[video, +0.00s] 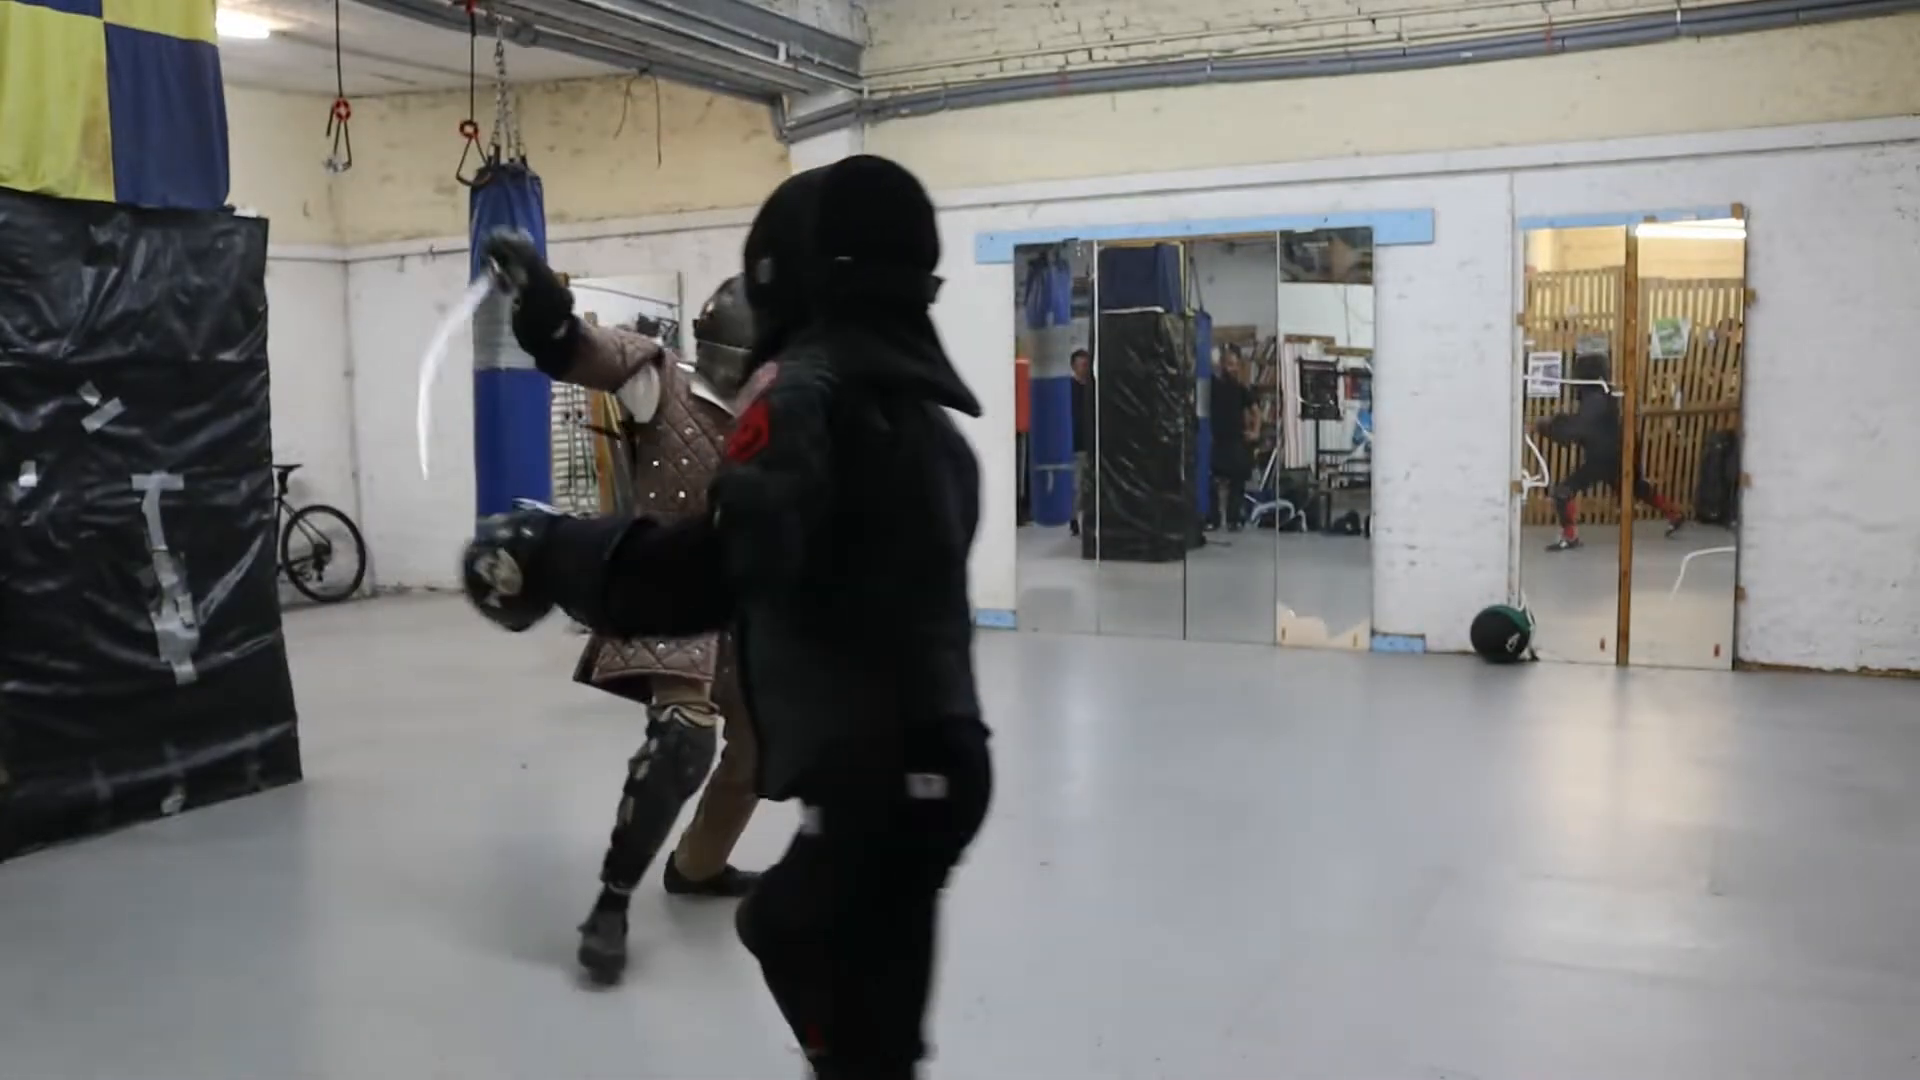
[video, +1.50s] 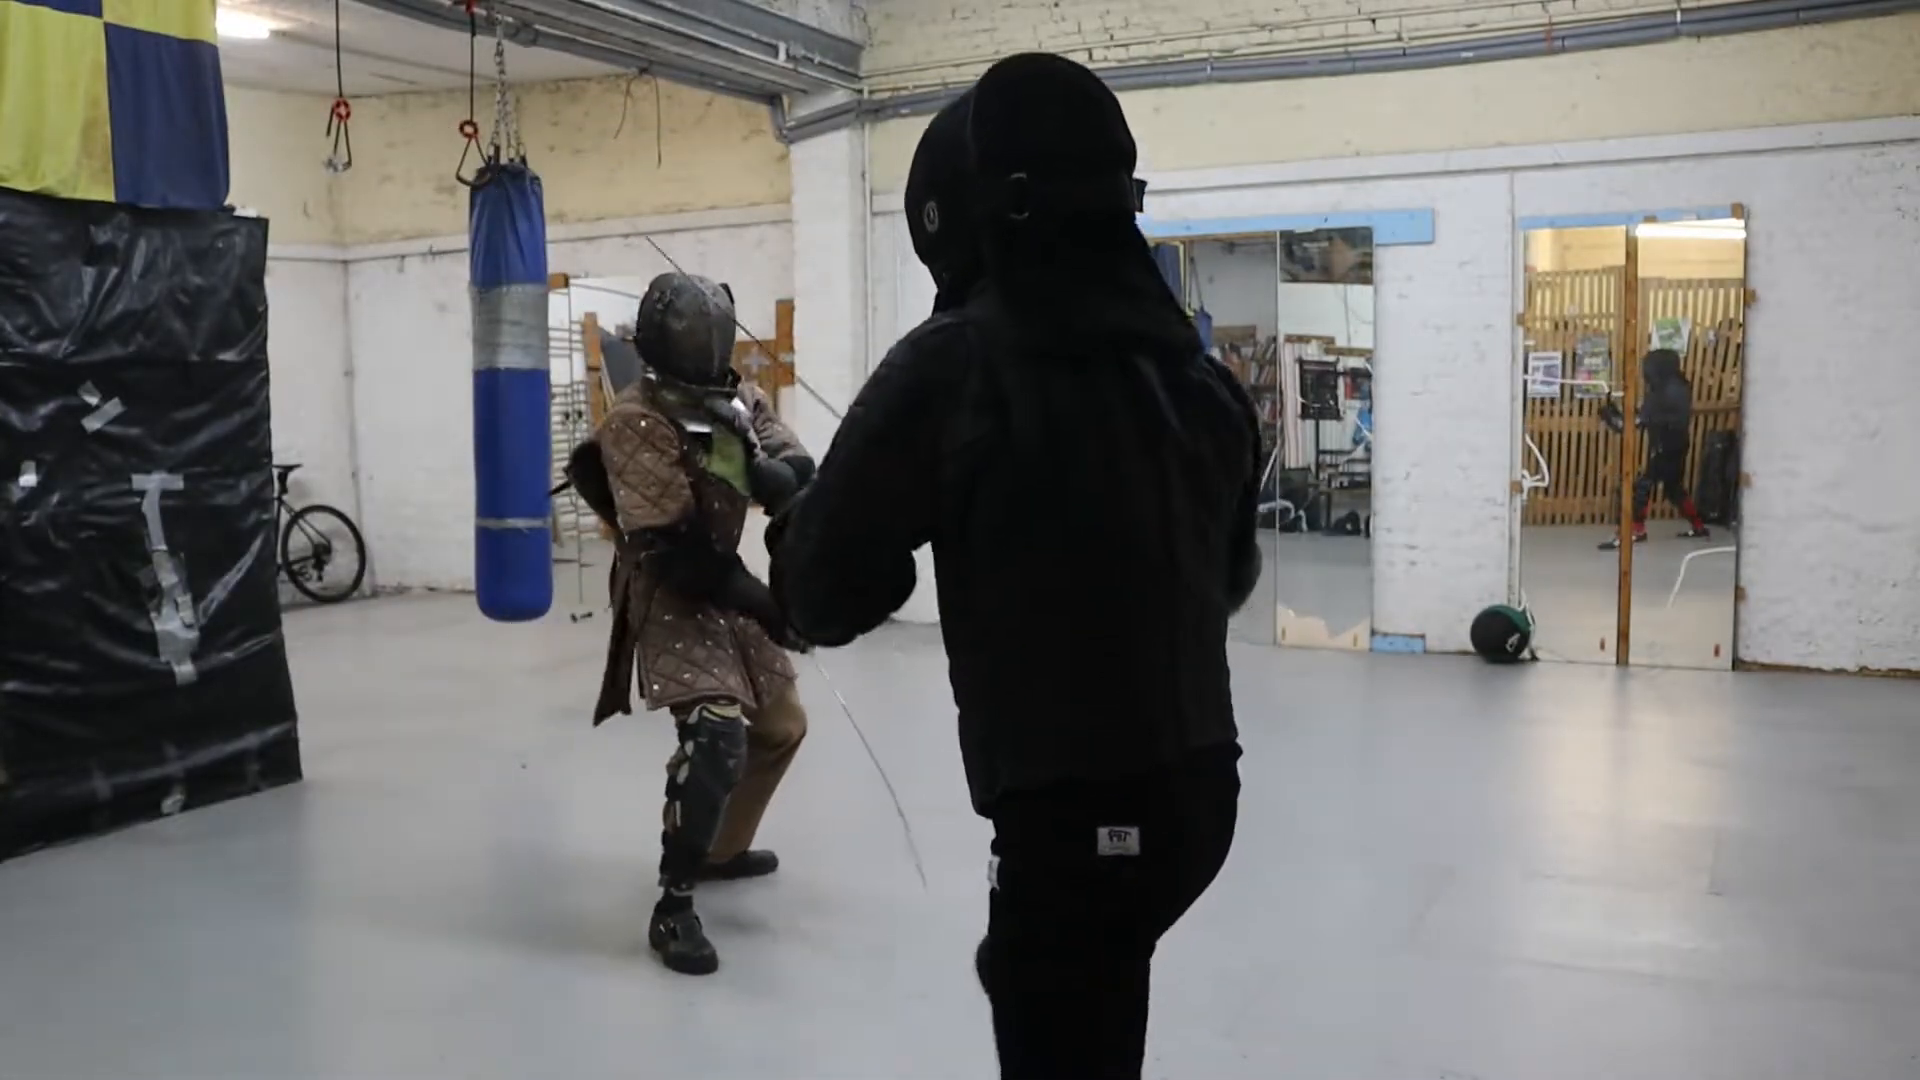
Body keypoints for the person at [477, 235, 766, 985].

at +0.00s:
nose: (738, 340)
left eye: (750, 328)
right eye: (731, 325)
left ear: (769, 340)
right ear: (710, 327)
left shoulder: (775, 405)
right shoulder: (661, 373)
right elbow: (593, 357)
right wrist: (545, 308)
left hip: (750, 603)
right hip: (671, 597)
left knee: (756, 747)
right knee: (684, 742)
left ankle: (700, 865)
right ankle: (612, 905)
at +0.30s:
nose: (673, 359)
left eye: (687, 347)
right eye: (661, 345)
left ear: (713, 322)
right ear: (642, 318)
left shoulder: (751, 385)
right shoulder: (605, 348)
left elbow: (791, 491)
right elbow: (510, 320)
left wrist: (720, 506)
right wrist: (497, 231)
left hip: (705, 570)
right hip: (619, 562)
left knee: (727, 723)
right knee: (617, 712)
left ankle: (695, 860)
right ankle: (598, 850)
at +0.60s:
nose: (652, 339)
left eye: (665, 327)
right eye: (639, 325)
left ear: (684, 314)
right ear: (615, 308)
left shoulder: (725, 380)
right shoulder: (578, 343)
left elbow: (758, 484)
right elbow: (476, 341)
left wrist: (688, 440)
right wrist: (463, 258)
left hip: (683, 556)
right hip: (596, 550)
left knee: (725, 704)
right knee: (599, 709)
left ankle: (708, 844)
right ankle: (595, 848)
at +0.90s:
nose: (680, 352)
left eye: (693, 338)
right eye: (668, 338)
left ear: (713, 317)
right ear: (644, 314)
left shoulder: (742, 374)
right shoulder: (604, 359)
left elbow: (798, 450)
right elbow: (519, 389)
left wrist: (753, 435)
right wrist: (505, 307)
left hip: (717, 554)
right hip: (642, 553)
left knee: (743, 711)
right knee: (668, 711)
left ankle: (705, 847)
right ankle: (619, 843)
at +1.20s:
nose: (701, 361)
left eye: (712, 345)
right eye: (686, 347)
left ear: (728, 329)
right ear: (654, 328)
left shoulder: (745, 377)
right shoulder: (628, 380)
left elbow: (807, 465)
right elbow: (609, 475)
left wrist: (755, 429)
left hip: (729, 552)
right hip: (666, 554)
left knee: (767, 719)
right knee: (715, 721)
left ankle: (716, 847)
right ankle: (678, 889)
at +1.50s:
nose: (707, 359)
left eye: (716, 344)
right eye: (692, 345)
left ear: (732, 342)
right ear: (662, 345)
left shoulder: (739, 402)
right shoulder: (637, 425)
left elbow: (792, 462)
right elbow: (672, 550)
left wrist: (775, 467)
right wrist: (771, 609)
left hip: (733, 592)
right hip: (669, 599)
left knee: (780, 726)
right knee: (718, 733)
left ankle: (721, 851)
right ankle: (675, 905)